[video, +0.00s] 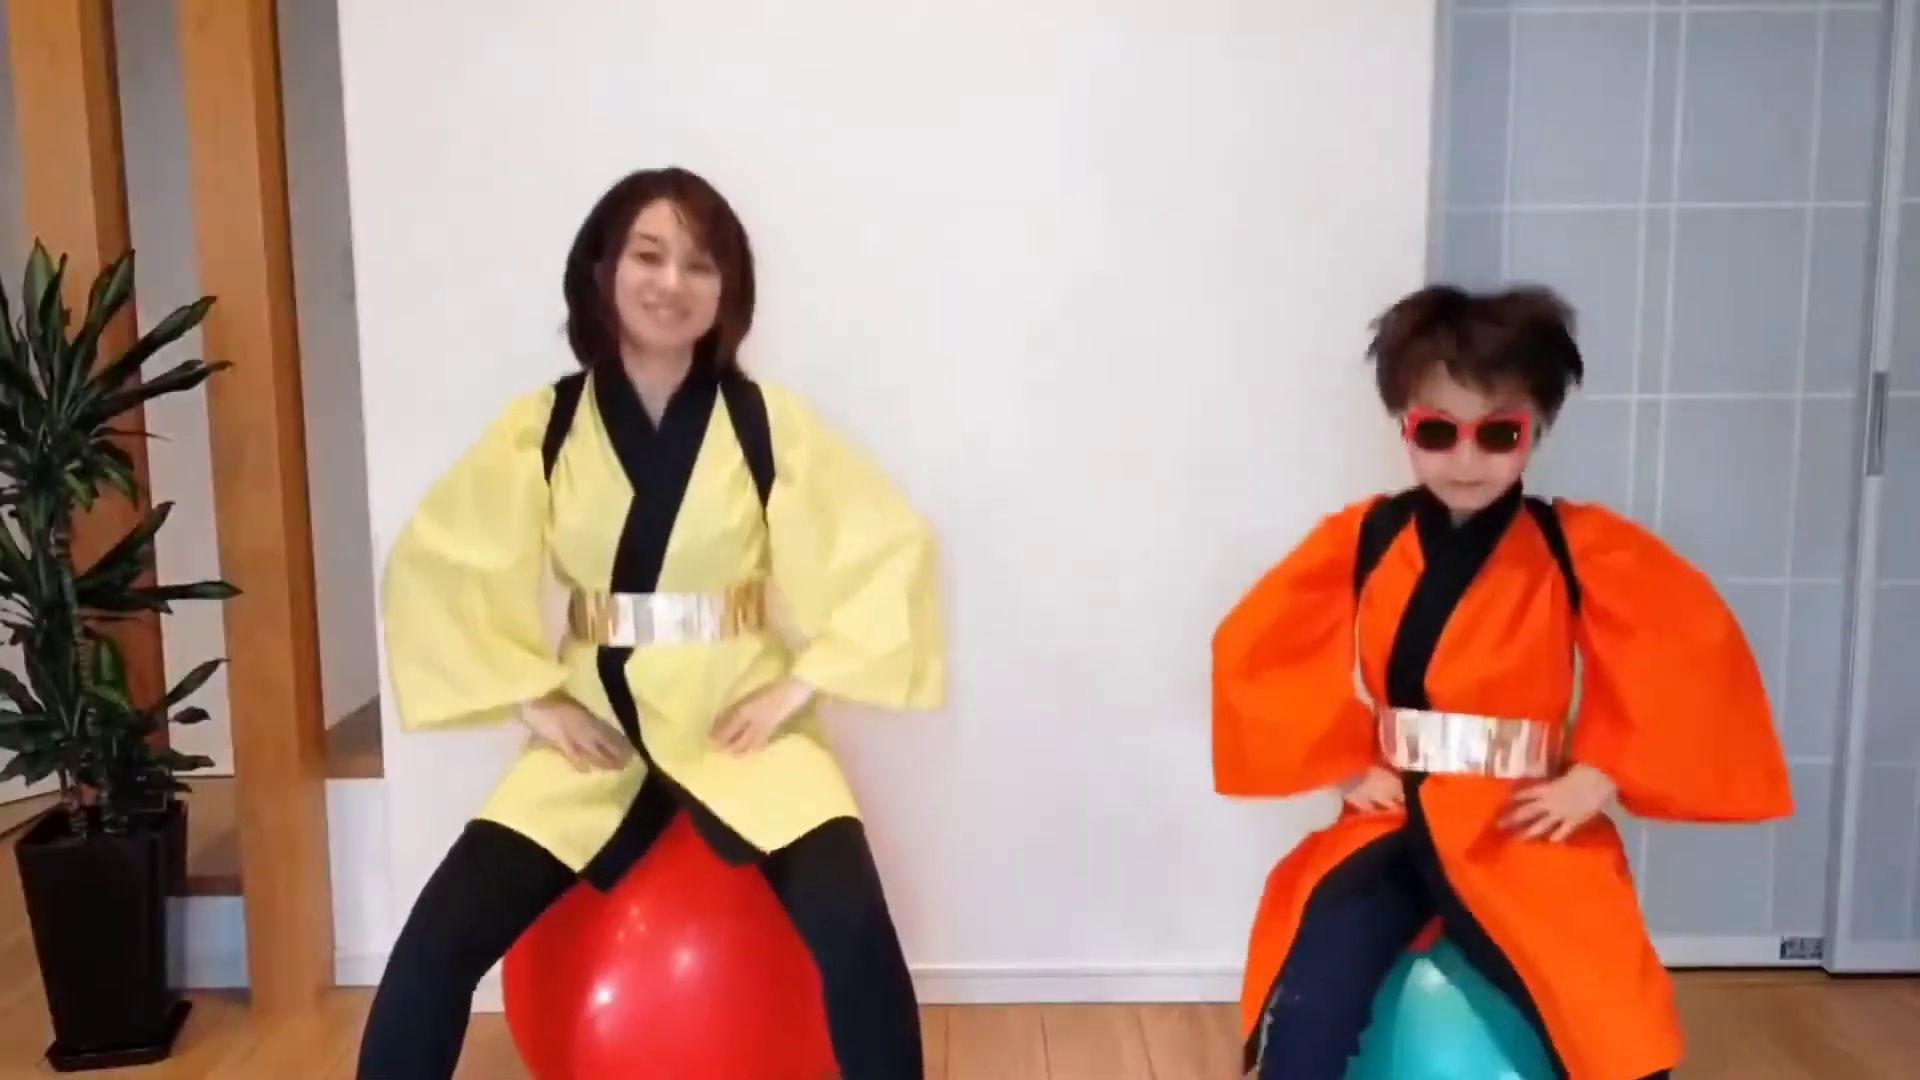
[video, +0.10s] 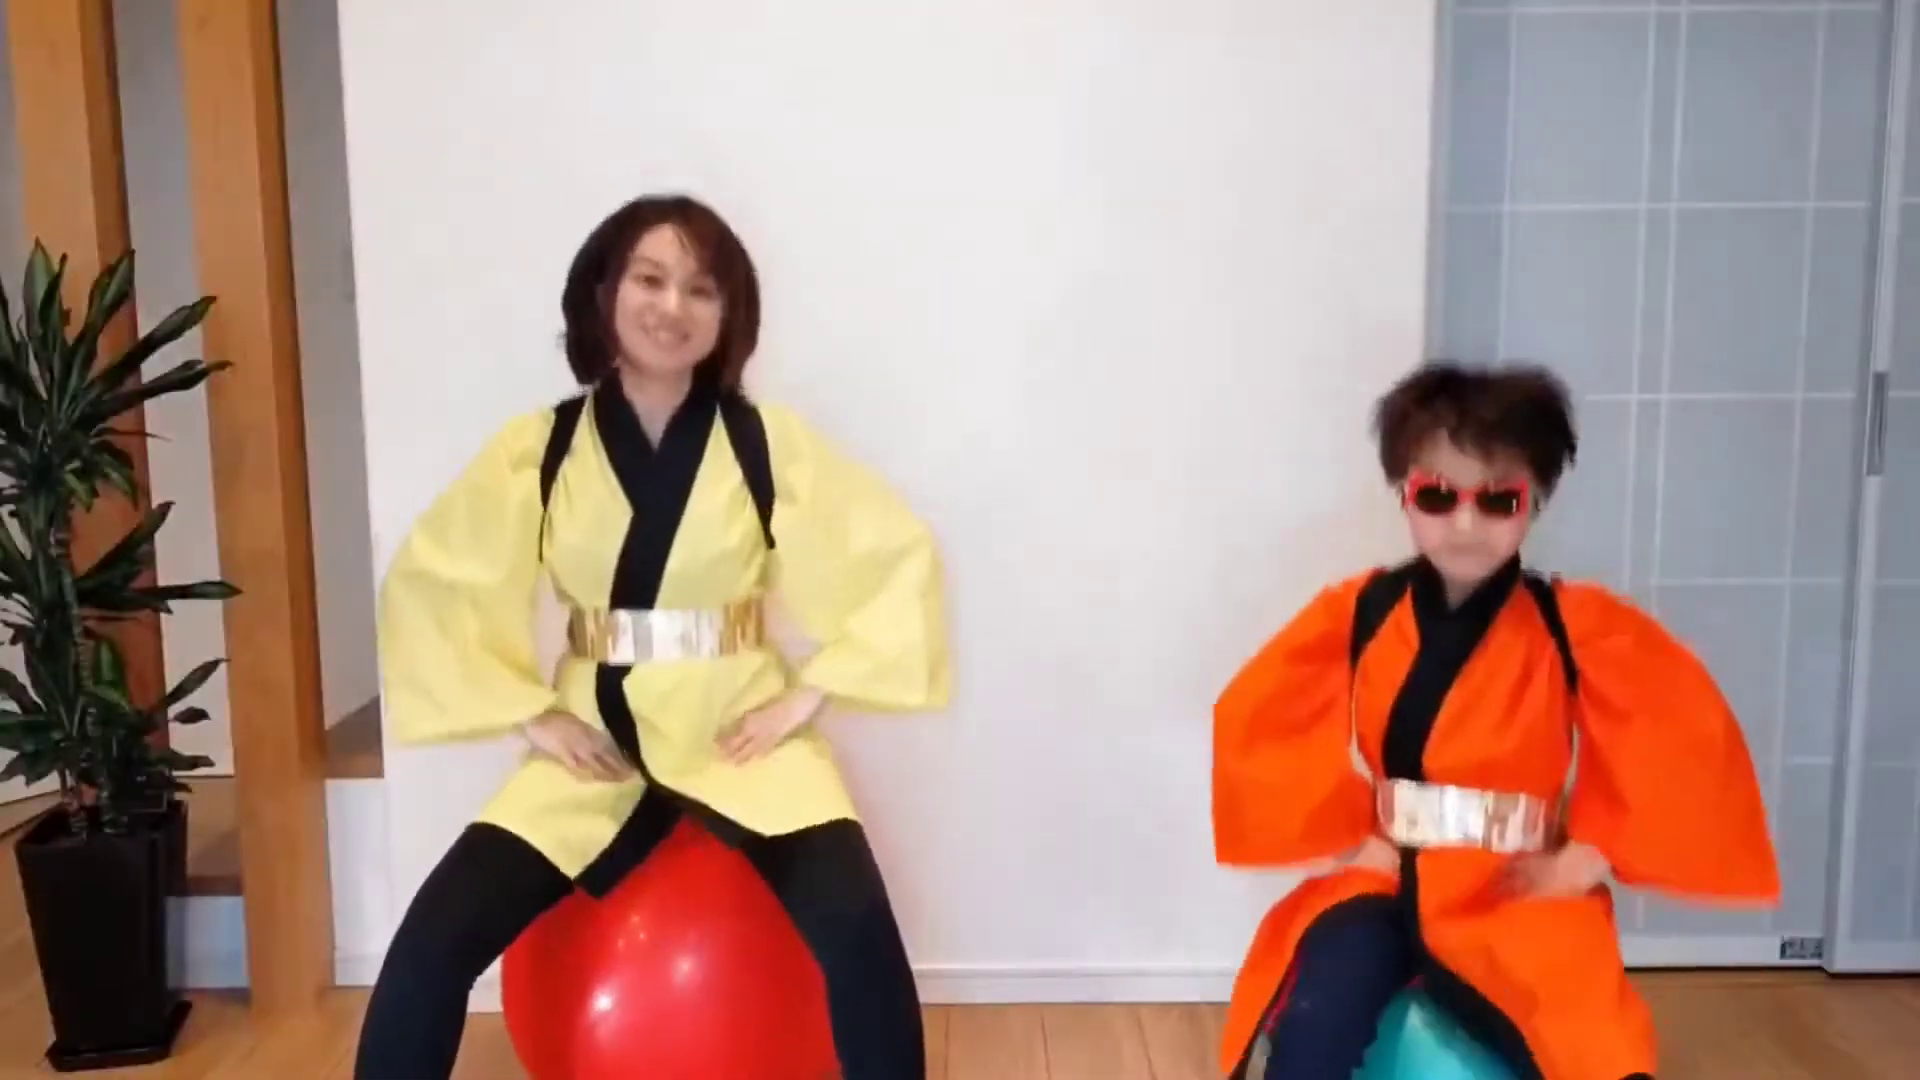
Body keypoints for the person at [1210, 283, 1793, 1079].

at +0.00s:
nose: (1465, 459)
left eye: (1498, 434)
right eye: (1435, 431)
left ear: (1535, 432)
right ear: (1401, 427)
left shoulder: (1579, 544)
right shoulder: (1361, 539)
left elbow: (1693, 657)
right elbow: (1253, 653)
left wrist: (1600, 774)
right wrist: (1345, 762)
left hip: (1528, 828)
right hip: (1390, 823)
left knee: (1619, 1016)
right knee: (1314, 977)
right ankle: (1295, 1066)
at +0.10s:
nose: (1466, 520)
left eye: (1497, 499)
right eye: (1438, 496)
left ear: (1536, 502)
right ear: (1402, 496)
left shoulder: (1576, 623)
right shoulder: (1362, 612)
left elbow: (1684, 745)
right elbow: (1257, 721)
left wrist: (1584, 860)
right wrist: (1351, 830)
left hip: (1516, 897)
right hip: (1385, 884)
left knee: (1595, 1041)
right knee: (1338, 958)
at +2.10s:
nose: (1467, 441)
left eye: (1500, 416)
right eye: (1438, 414)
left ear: (1536, 429)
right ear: (1399, 424)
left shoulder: (1573, 549)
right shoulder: (1359, 538)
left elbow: (1693, 667)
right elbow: (1242, 642)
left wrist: (1589, 776)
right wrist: (1341, 756)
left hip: (1522, 823)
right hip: (1384, 816)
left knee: (1633, 1032)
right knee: (1281, 1001)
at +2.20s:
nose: (1466, 513)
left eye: (1497, 490)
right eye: (1438, 487)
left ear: (1531, 506)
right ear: (1397, 500)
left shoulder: (1567, 623)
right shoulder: (1361, 606)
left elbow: (1684, 745)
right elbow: (1240, 705)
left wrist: (1571, 844)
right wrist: (1342, 814)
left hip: (1513, 884)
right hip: (1380, 871)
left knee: (1621, 1040)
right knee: (1308, 970)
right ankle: (1275, 1066)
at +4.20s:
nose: (1462, 427)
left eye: (1494, 402)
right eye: (1432, 402)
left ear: (1527, 414)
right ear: (1392, 418)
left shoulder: (1566, 538)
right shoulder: (1352, 530)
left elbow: (1682, 644)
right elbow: (1232, 632)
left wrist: (1583, 759)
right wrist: (1327, 744)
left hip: (1509, 816)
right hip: (1374, 807)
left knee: (1598, 1017)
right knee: (1280, 961)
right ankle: (1265, 1064)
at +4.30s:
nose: (1459, 488)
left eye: (1490, 463)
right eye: (1429, 462)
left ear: (1522, 483)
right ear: (1389, 486)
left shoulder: (1561, 606)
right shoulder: (1355, 595)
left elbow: (1676, 715)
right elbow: (1231, 694)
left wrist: (1569, 834)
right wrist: (1335, 810)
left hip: (1505, 874)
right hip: (1369, 862)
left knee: (1600, 1049)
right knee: (1279, 987)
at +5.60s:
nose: (1474, 514)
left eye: (1507, 492)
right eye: (1445, 484)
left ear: (1535, 499)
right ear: (1394, 487)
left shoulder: (1558, 614)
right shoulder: (1350, 599)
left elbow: (1654, 706)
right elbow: (1236, 678)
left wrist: (1595, 792)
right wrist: (1304, 792)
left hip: (1495, 880)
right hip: (1358, 868)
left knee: (1593, 1052)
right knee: (1258, 1026)